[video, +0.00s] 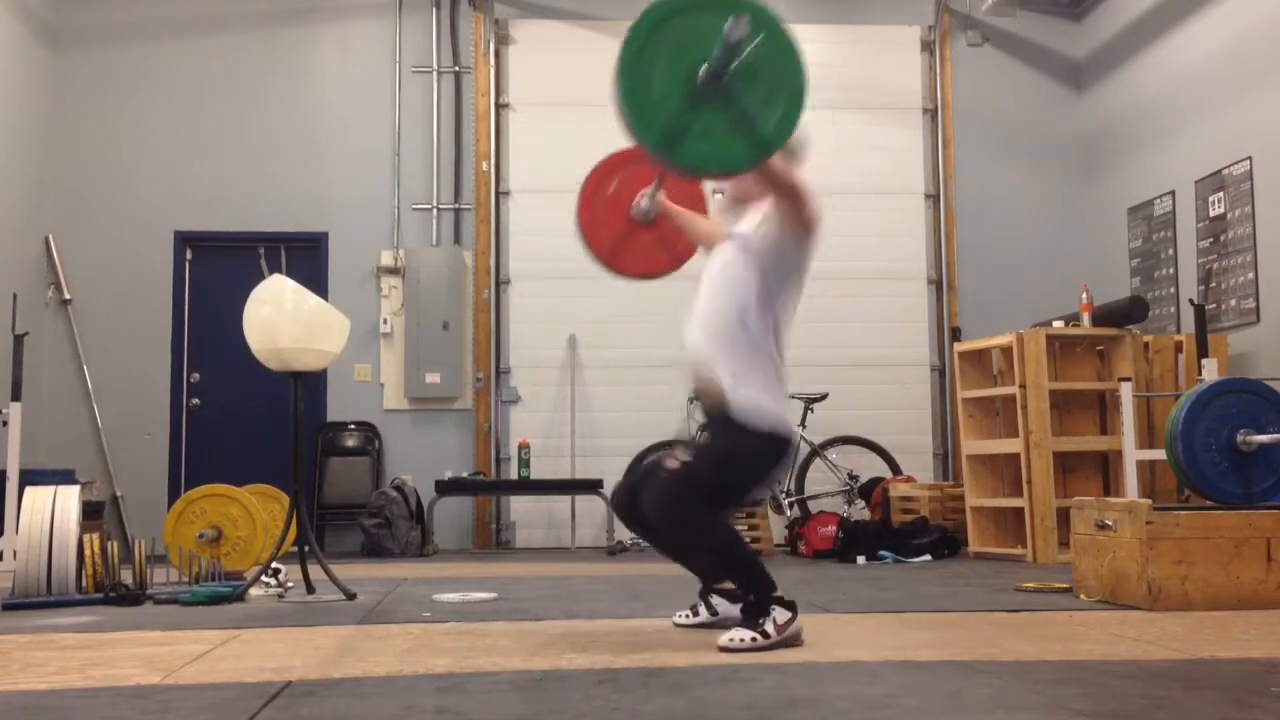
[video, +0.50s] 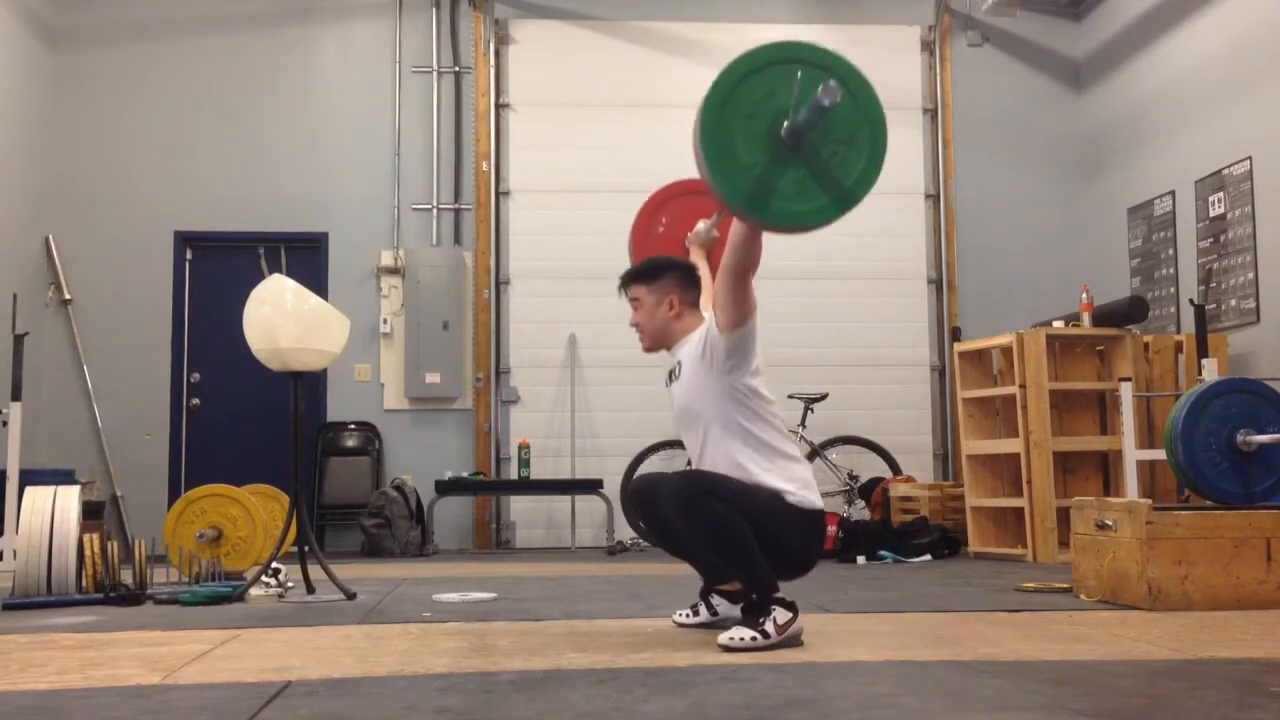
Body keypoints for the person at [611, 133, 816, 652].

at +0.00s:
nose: (720, 172)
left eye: (735, 161)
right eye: (721, 161)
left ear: (767, 166)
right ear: (728, 173)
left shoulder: (782, 232)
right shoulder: (736, 232)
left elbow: (792, 195)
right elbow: (710, 233)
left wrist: (741, 136)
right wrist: (663, 208)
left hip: (758, 429)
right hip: (721, 423)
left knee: (671, 499)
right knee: (632, 499)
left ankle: (773, 610)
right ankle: (725, 594)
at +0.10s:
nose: (656, 263)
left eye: (668, 250)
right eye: (659, 250)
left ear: (701, 258)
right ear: (688, 262)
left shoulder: (728, 312)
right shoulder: (698, 323)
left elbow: (737, 242)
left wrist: (733, 165)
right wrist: (678, 216)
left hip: (788, 503)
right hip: (738, 496)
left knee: (693, 491)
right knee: (641, 496)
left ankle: (773, 609)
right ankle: (726, 592)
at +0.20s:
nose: (634, 306)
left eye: (641, 291)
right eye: (634, 293)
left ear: (676, 294)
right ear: (674, 296)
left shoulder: (721, 337)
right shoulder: (683, 354)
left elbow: (729, 265)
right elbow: (691, 289)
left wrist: (736, 186)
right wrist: (686, 241)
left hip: (792, 518)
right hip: (744, 516)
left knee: (688, 489)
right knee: (640, 496)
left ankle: (772, 608)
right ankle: (726, 594)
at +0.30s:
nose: (632, 324)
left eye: (637, 310)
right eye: (631, 312)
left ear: (673, 312)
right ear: (672, 313)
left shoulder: (721, 354)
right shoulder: (687, 368)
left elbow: (732, 283)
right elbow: (696, 300)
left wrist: (745, 201)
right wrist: (690, 251)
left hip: (791, 534)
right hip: (749, 528)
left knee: (682, 493)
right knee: (641, 496)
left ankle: (770, 609)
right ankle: (727, 594)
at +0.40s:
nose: (634, 327)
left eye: (639, 312)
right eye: (633, 314)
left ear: (674, 314)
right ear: (674, 315)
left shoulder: (724, 354)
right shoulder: (689, 367)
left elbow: (737, 283)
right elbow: (704, 303)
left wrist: (754, 204)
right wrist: (697, 255)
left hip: (793, 534)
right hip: (751, 529)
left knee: (678, 492)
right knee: (642, 494)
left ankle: (771, 608)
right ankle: (729, 595)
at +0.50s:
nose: (631, 319)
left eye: (637, 305)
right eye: (631, 307)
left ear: (672, 305)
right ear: (671, 307)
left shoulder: (722, 347)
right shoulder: (687, 361)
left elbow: (737, 275)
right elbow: (704, 298)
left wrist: (760, 193)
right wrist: (699, 249)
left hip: (795, 525)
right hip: (749, 522)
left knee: (684, 491)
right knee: (642, 495)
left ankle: (772, 607)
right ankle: (729, 593)